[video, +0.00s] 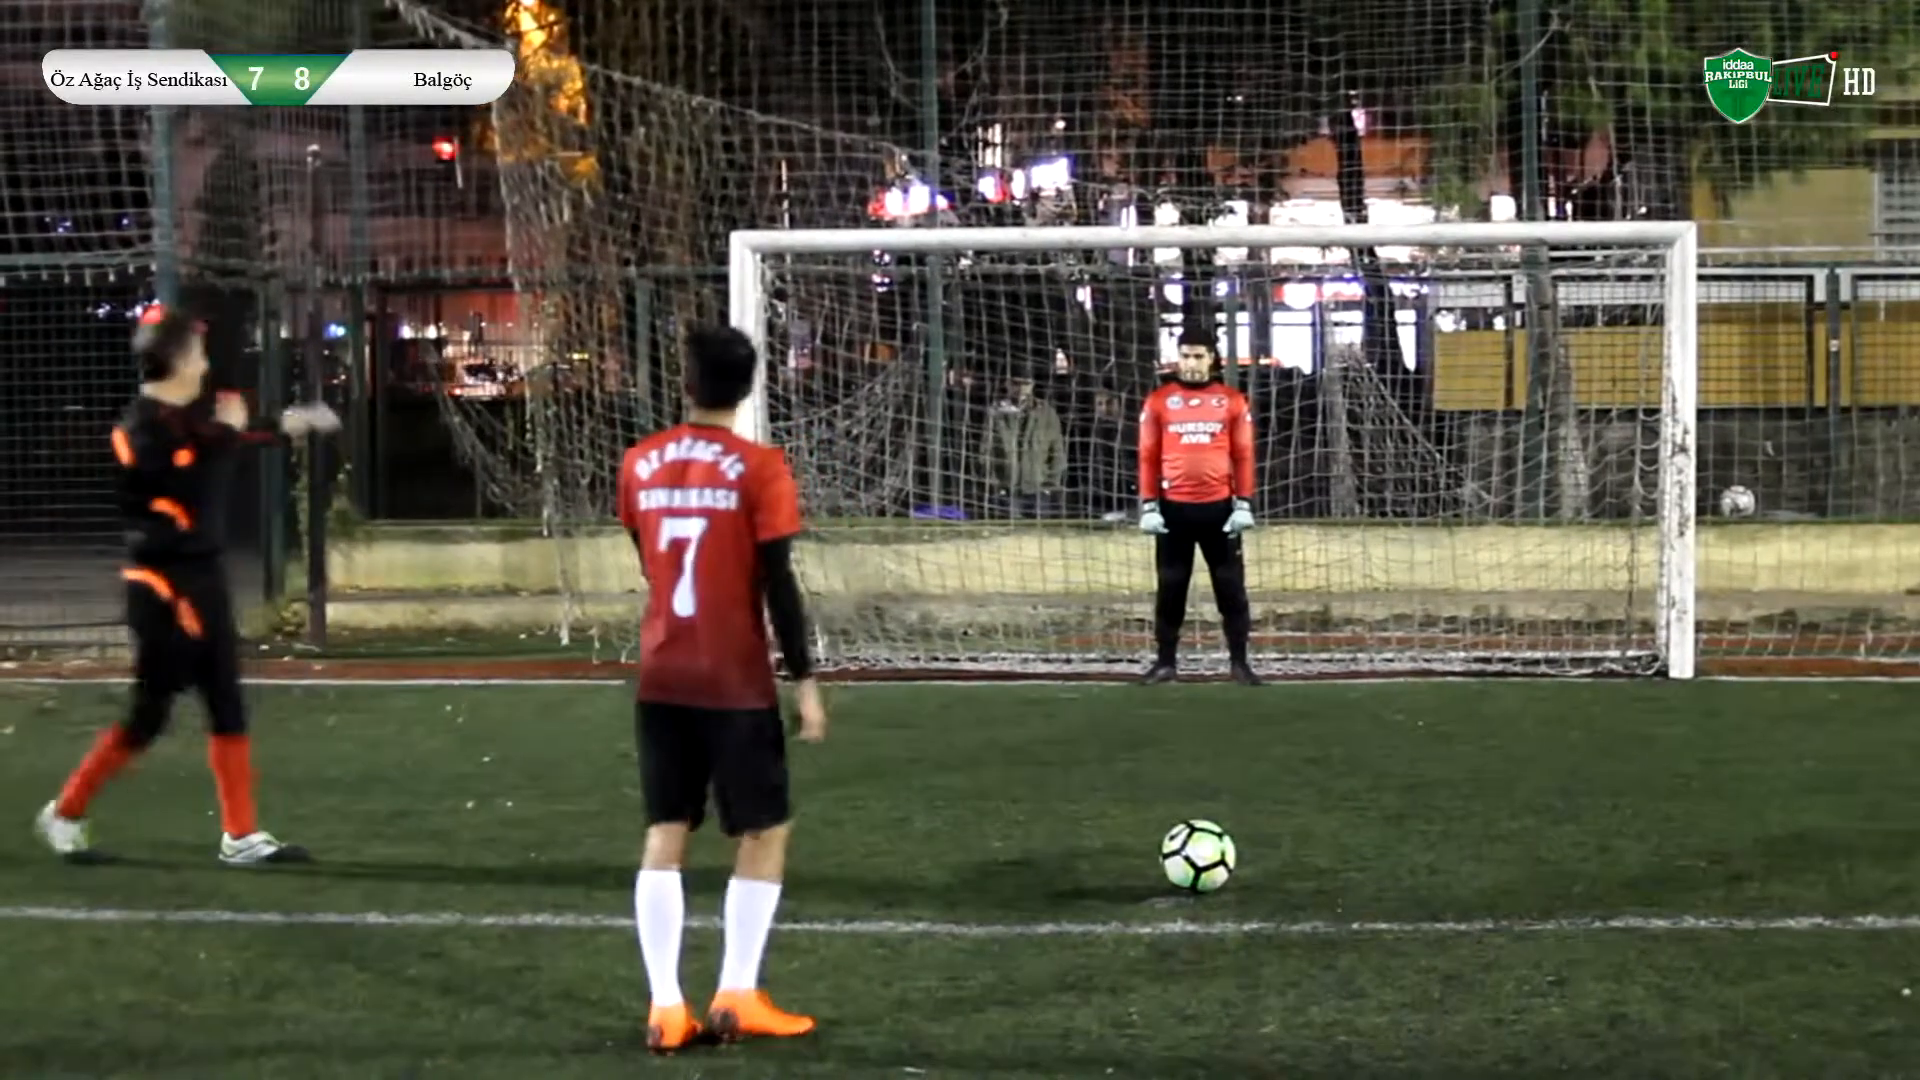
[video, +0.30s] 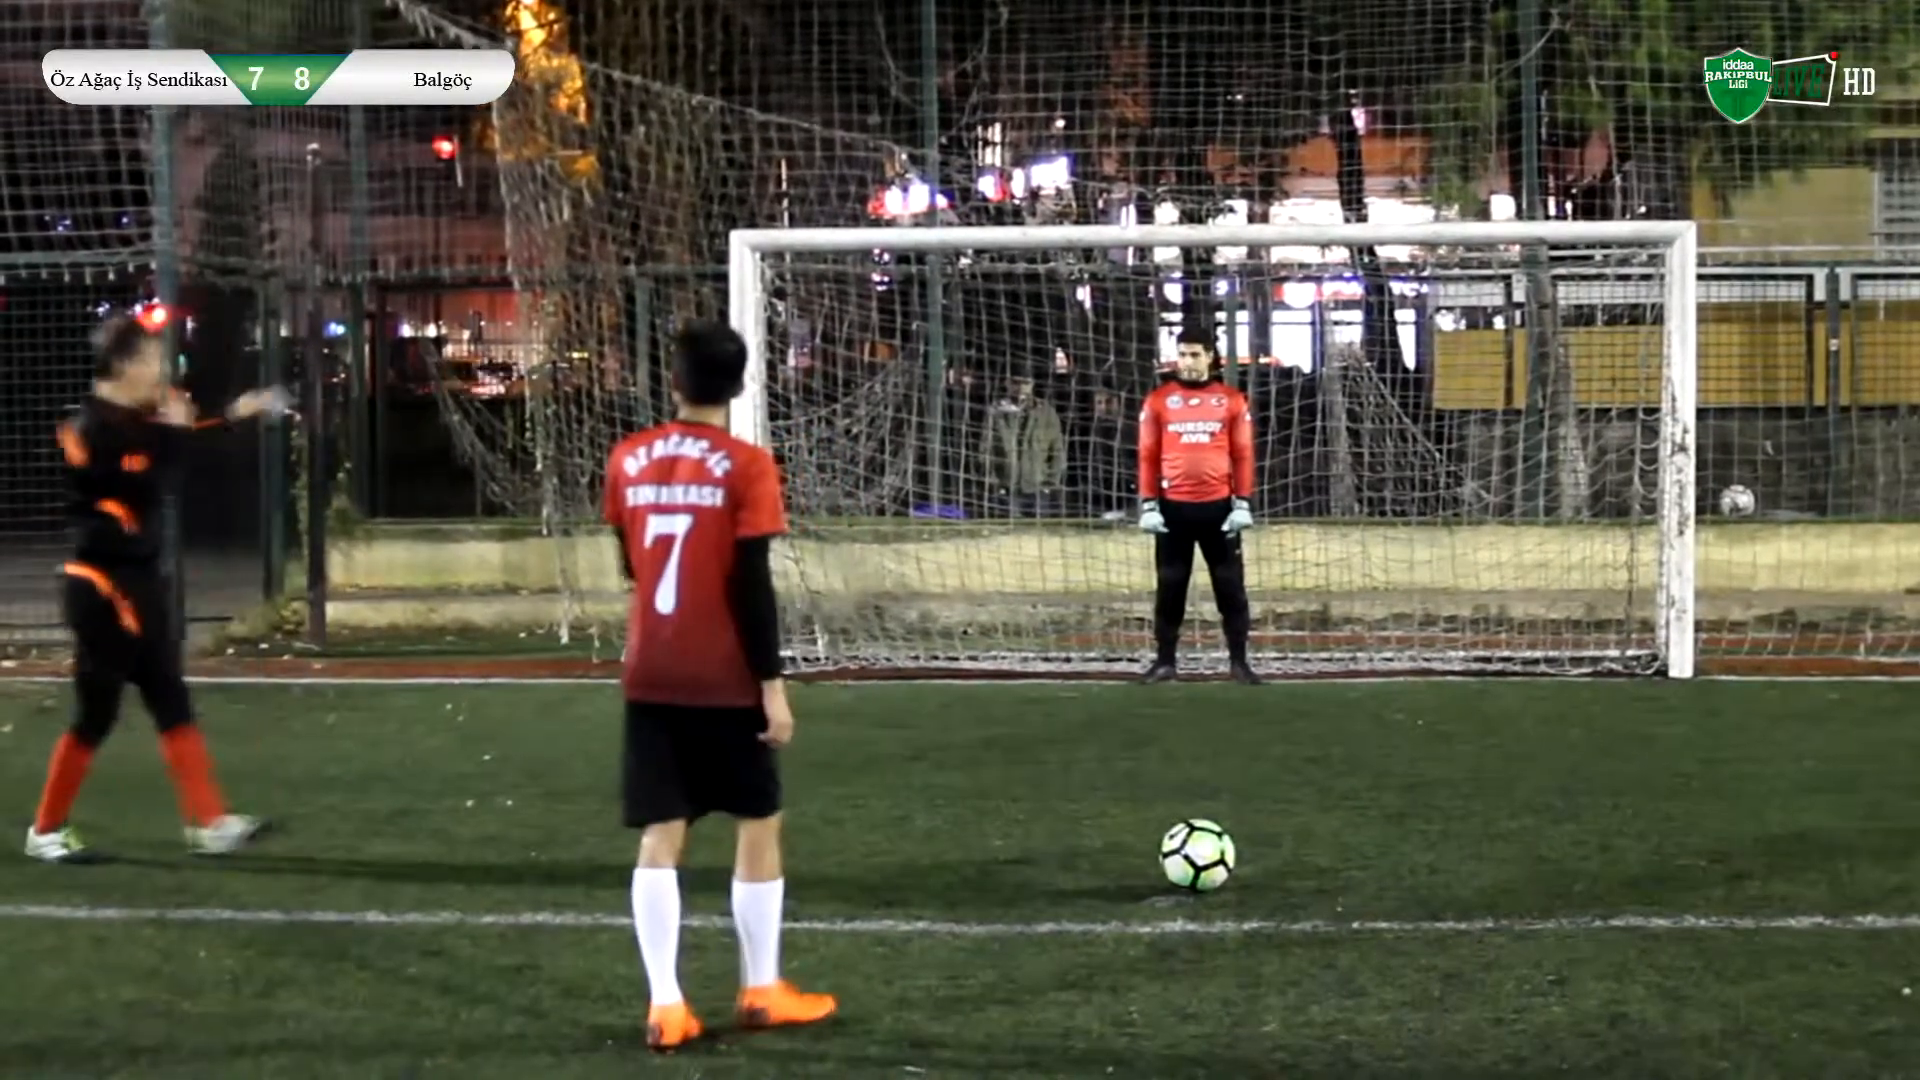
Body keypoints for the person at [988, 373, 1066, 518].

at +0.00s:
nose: (1020, 390)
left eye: (1026, 384)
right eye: (1015, 384)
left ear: (1033, 386)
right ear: (1007, 385)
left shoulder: (1047, 414)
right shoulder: (996, 413)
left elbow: (1058, 453)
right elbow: (986, 452)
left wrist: (1051, 485)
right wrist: (995, 486)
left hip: (1039, 492)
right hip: (1007, 492)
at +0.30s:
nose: (1020, 389)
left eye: (1026, 383)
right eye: (1015, 383)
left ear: (1033, 385)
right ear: (1007, 383)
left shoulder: (1046, 413)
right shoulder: (996, 412)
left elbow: (1058, 451)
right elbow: (986, 450)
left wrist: (1051, 484)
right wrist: (994, 486)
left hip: (1038, 491)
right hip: (1006, 491)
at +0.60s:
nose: (1019, 388)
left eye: (1025, 383)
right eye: (1014, 382)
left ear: (1032, 385)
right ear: (1007, 383)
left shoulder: (1046, 413)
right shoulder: (995, 412)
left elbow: (1057, 450)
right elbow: (984, 449)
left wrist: (1051, 483)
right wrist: (993, 482)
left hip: (1038, 492)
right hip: (1005, 492)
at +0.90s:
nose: (1017, 389)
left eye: (1023, 384)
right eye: (1012, 384)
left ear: (1031, 386)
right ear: (1005, 384)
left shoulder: (1044, 413)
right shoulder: (993, 413)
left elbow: (1055, 451)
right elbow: (983, 451)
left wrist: (1049, 485)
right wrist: (992, 485)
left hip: (1036, 492)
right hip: (1004, 493)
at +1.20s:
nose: (1016, 390)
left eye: (1021, 384)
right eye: (1011, 384)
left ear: (1030, 386)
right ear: (1005, 385)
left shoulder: (1044, 414)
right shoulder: (993, 413)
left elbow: (1055, 454)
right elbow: (983, 451)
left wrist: (1047, 487)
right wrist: (991, 486)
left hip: (1035, 493)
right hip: (1003, 493)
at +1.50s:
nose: (1015, 389)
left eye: (1021, 384)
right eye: (1011, 383)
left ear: (1029, 386)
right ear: (1004, 385)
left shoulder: (1043, 413)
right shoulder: (992, 413)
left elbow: (1054, 453)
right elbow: (983, 450)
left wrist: (1048, 485)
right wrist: (991, 485)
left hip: (1035, 492)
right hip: (1003, 492)